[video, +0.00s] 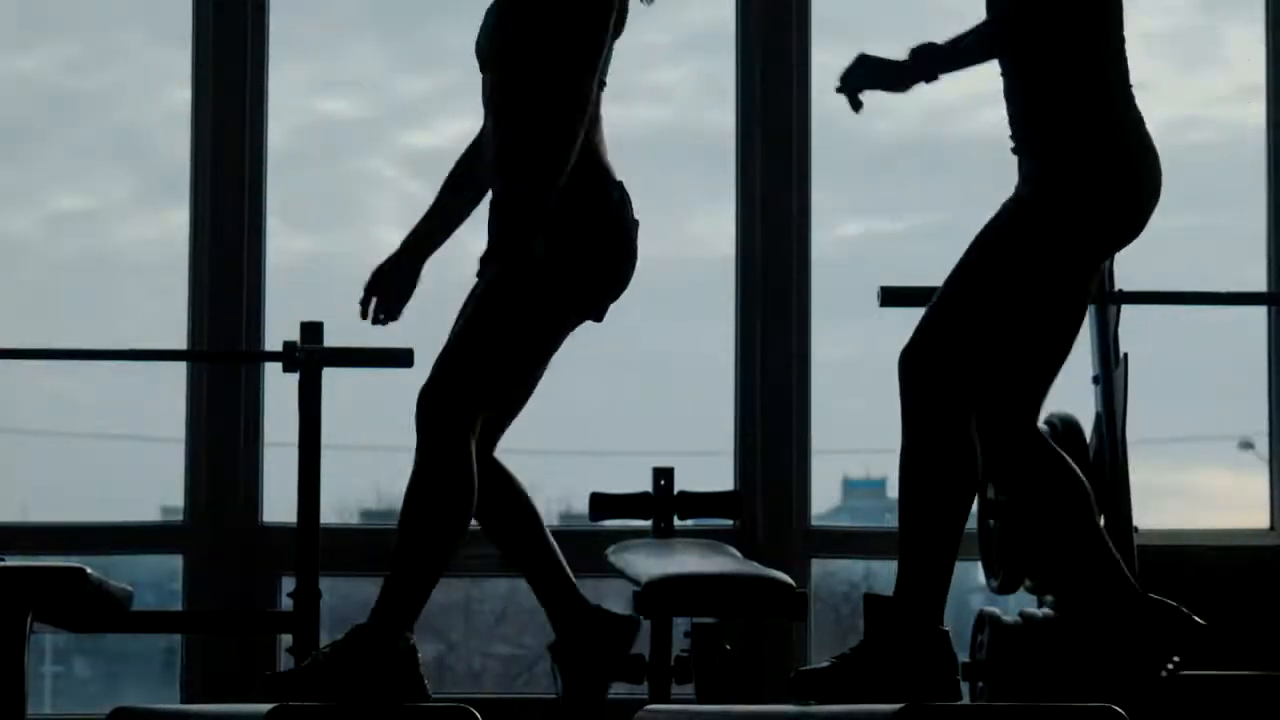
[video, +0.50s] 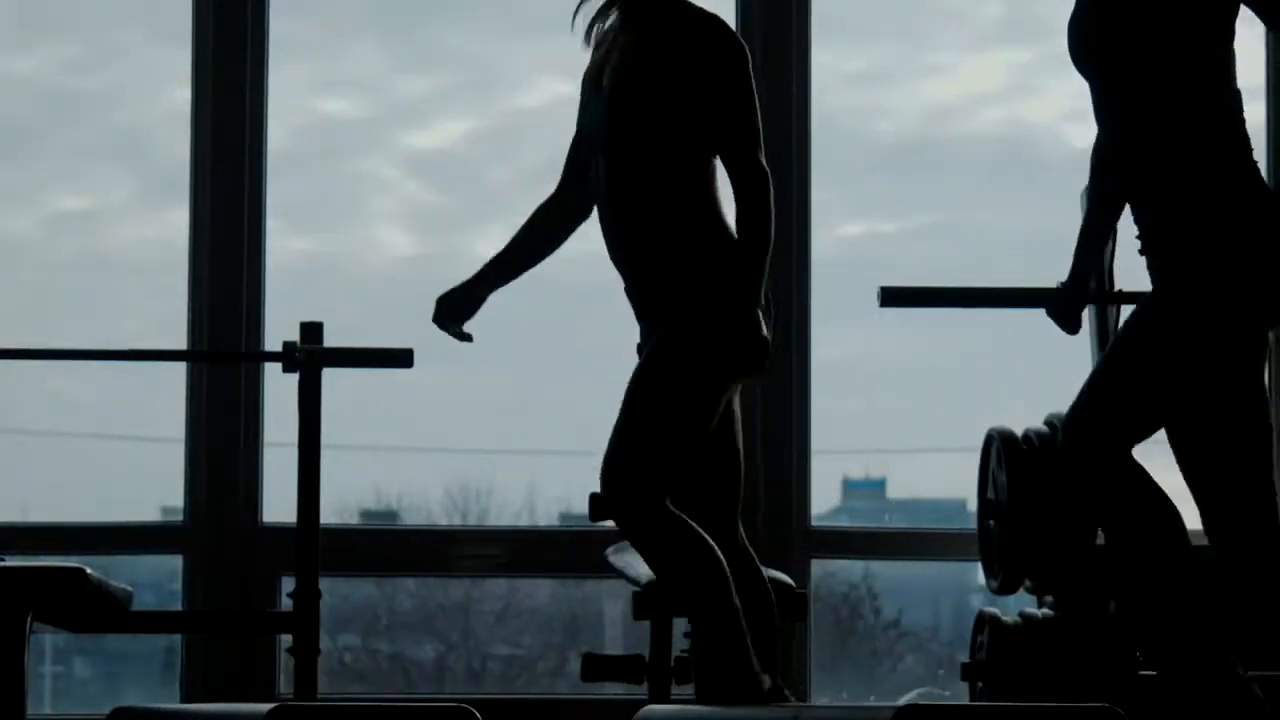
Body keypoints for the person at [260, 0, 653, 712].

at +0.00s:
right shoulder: (521, 7)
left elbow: (548, 129)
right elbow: (495, 135)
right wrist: (412, 253)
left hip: (564, 231)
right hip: (539, 231)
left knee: (447, 417)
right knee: (464, 442)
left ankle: (383, 643)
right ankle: (579, 628)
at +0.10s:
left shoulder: (640, 31)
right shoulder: (539, 47)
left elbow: (662, 154)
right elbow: (444, 158)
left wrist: (649, 260)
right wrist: (319, 226)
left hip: (620, 292)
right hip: (570, 296)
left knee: (470, 423)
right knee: (586, 522)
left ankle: (387, 642)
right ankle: (676, 689)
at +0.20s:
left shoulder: (659, 84)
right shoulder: (558, 101)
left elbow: (717, 209)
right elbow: (441, 185)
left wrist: (735, 315)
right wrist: (312, 190)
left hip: (669, 342)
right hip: (624, 345)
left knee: (517, 443)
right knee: (650, 572)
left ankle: (406, 637)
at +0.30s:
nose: (596, 24)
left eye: (610, 10)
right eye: (592, 11)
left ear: (645, 4)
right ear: (585, 9)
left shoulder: (682, 72)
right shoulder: (576, 92)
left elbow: (738, 204)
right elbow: (486, 201)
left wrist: (767, 334)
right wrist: (374, 182)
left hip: (701, 331)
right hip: (652, 335)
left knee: (555, 426)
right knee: (655, 565)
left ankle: (472, 646)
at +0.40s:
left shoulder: (701, 42)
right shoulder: (592, 54)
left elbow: (749, 183)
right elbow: (529, 186)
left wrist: (765, 316)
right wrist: (419, 216)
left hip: (703, 303)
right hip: (667, 305)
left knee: (578, 433)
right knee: (687, 528)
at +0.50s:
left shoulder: (710, 41)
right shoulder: (612, 47)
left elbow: (754, 182)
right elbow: (574, 195)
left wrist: (749, 300)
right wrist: (482, 285)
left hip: (709, 312)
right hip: (667, 315)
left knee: (633, 492)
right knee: (715, 517)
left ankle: (735, 683)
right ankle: (761, 694)